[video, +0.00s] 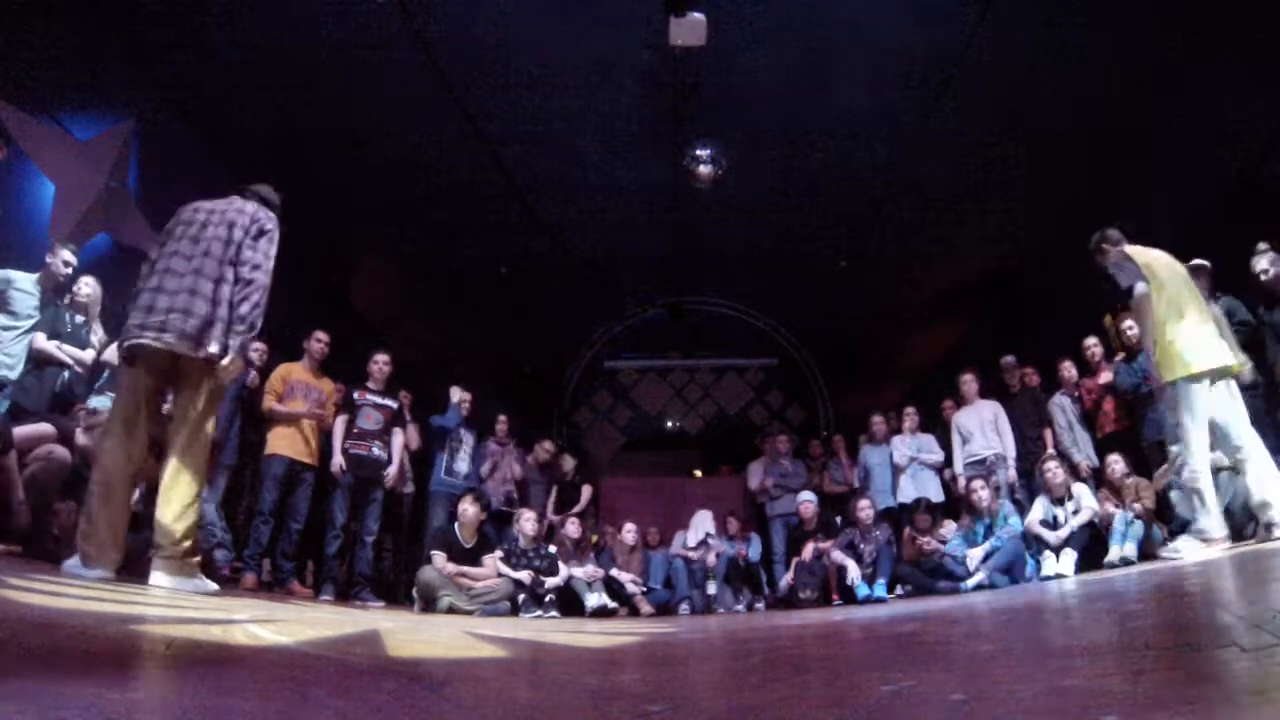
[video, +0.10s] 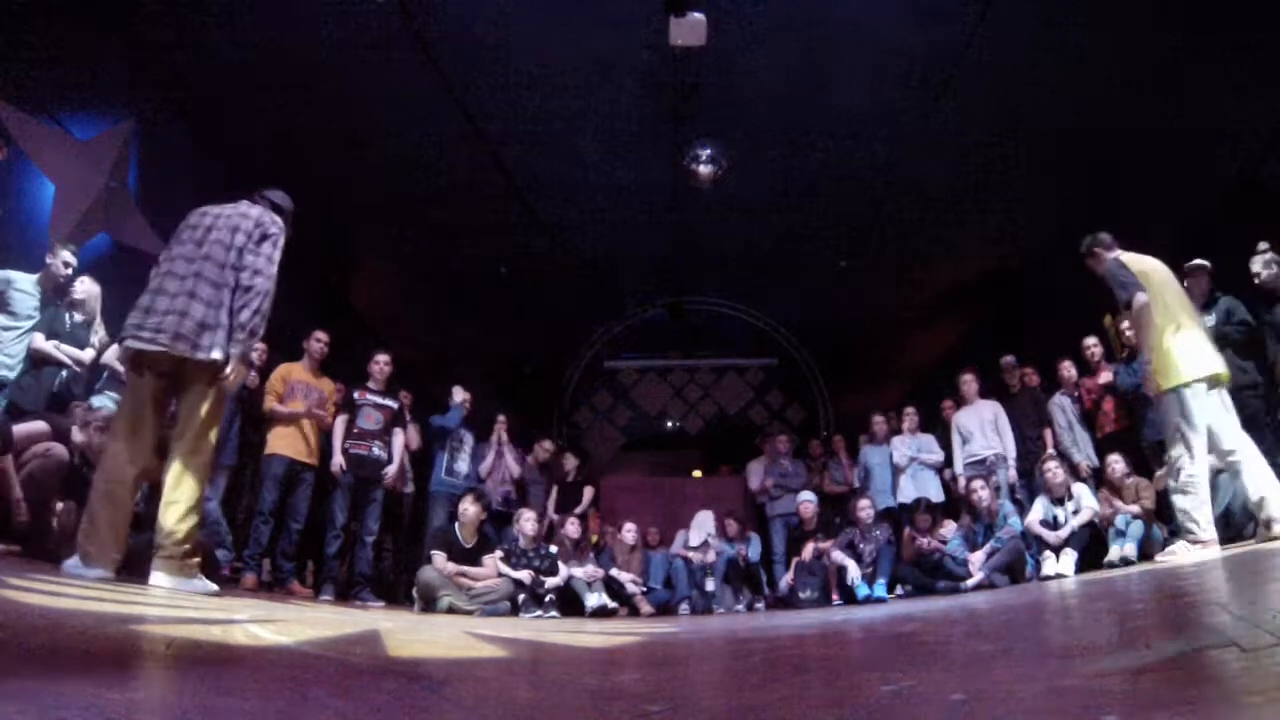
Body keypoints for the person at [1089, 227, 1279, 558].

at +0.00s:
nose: (1107, 268)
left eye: (1104, 262)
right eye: (1104, 264)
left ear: (1107, 249)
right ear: (1123, 241)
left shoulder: (1119, 257)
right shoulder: (1163, 257)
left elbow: (1141, 291)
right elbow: (1205, 308)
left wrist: (1147, 353)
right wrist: (1228, 351)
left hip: (1182, 361)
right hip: (1214, 354)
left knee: (1189, 451)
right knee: (1244, 440)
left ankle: (1208, 531)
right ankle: (1272, 516)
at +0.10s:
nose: (1096, 269)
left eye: (1093, 264)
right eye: (1093, 265)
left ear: (1098, 253)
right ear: (1115, 245)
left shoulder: (1114, 264)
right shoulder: (1151, 262)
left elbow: (1140, 301)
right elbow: (1189, 313)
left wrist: (1145, 364)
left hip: (1176, 368)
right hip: (1204, 361)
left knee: (1185, 455)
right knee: (1234, 443)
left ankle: (1198, 536)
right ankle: (1273, 513)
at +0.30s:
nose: (1077, 277)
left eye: (1074, 270)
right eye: (1073, 272)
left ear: (1083, 258)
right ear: (1092, 254)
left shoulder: (1104, 271)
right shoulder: (1127, 270)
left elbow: (1130, 313)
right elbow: (1157, 324)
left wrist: (1128, 370)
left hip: (1158, 372)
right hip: (1173, 369)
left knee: (1172, 455)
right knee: (1182, 451)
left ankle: (1198, 535)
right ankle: (1246, 492)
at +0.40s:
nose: (1069, 277)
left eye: (1068, 269)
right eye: (1065, 272)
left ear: (1081, 257)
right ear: (1083, 257)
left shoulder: (1102, 274)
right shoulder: (1117, 273)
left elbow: (1126, 318)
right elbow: (1143, 326)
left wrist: (1122, 373)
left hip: (1150, 374)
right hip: (1158, 373)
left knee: (1164, 453)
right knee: (1168, 452)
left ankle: (1197, 534)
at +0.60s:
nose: (1060, 269)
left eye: (1063, 261)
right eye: (1057, 265)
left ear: (1080, 256)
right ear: (1064, 269)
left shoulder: (1103, 277)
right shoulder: (1090, 294)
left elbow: (1129, 316)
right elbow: (1116, 340)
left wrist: (1096, 355)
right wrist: (1100, 371)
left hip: (1146, 384)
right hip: (1127, 391)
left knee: (1163, 457)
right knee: (1126, 469)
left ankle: (1199, 534)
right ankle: (1146, 539)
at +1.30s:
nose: (1101, 253)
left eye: (1105, 247)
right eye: (1095, 249)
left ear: (1114, 252)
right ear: (1085, 256)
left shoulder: (1137, 288)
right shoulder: (1079, 301)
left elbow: (1161, 333)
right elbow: (1079, 351)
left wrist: (1147, 325)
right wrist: (1120, 338)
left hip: (1160, 380)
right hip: (1123, 387)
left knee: (1187, 459)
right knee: (1134, 469)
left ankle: (1205, 532)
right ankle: (1136, 545)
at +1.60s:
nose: (1145, 241)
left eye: (1147, 236)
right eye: (1139, 236)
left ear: (1149, 240)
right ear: (1123, 239)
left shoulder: (1156, 282)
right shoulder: (1108, 278)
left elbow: (1165, 325)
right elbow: (1108, 327)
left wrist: (1184, 336)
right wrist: (1140, 357)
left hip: (1177, 373)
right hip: (1148, 377)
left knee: (1198, 448)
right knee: (1175, 447)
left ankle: (1203, 529)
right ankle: (1157, 522)